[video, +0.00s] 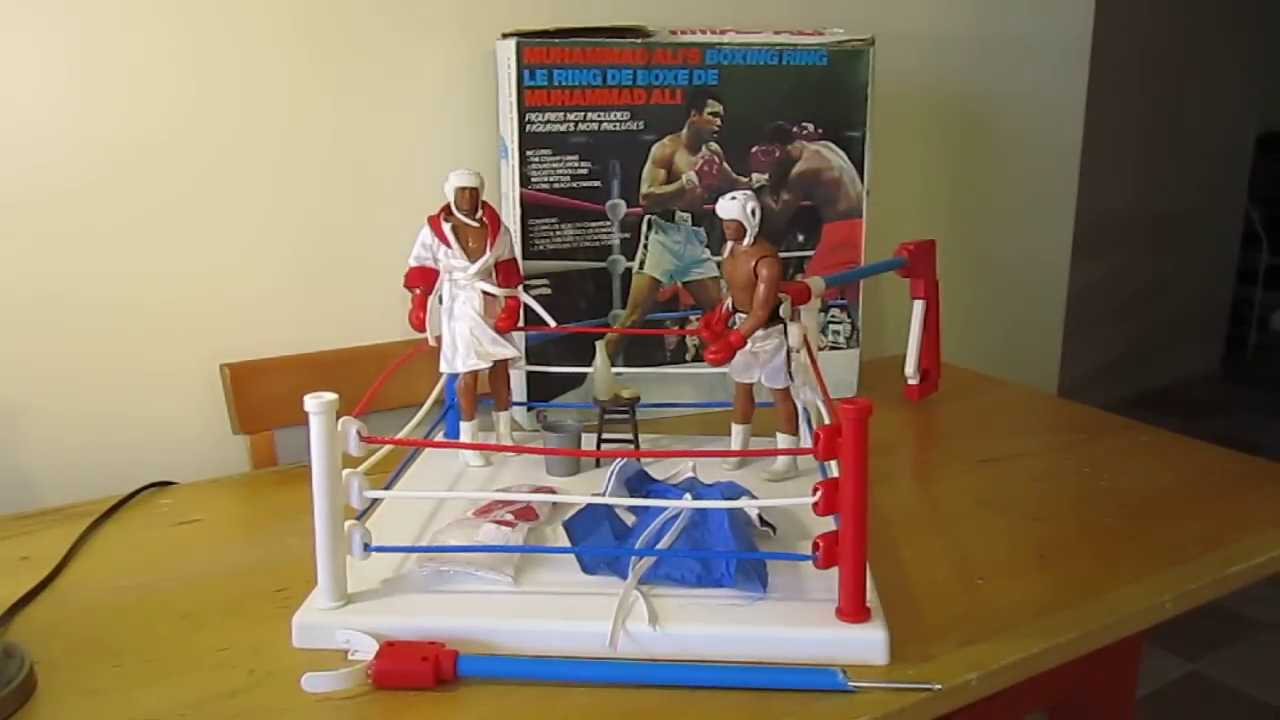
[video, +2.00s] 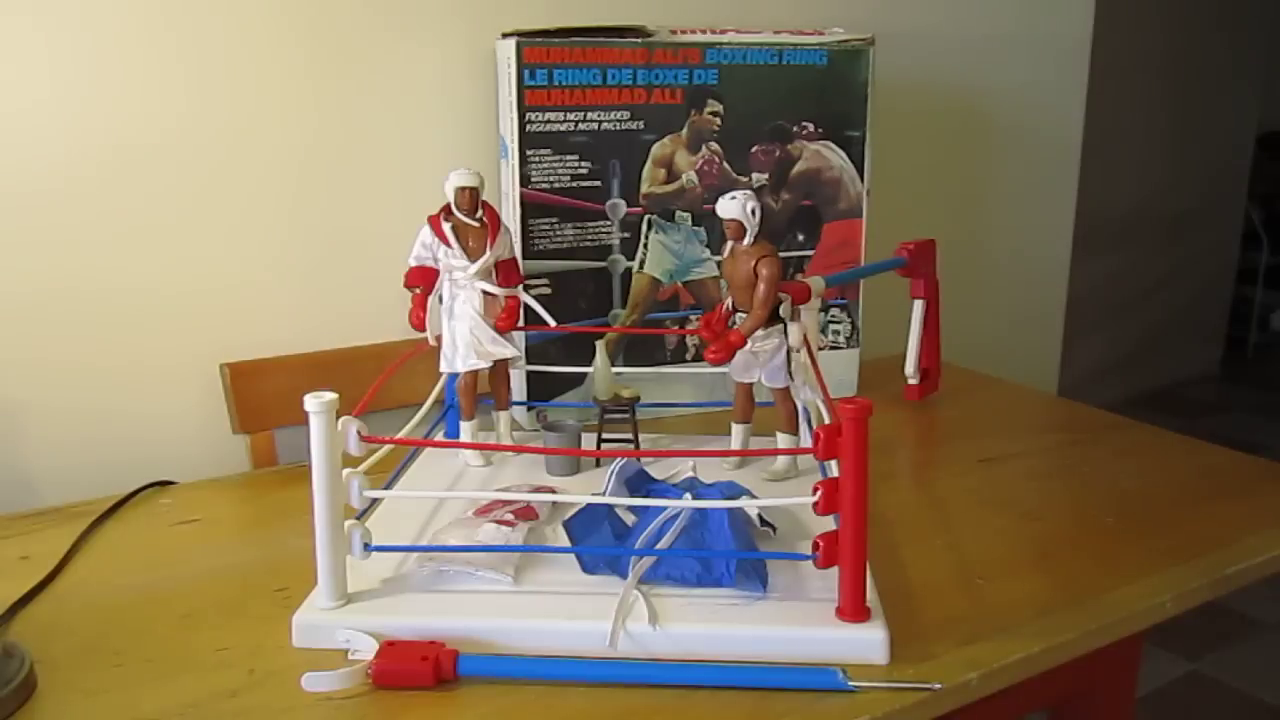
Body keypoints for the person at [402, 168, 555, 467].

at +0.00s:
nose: (468, 197)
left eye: (472, 191)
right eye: (462, 191)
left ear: (481, 194)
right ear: (451, 195)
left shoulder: (495, 228)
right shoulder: (436, 229)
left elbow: (509, 269)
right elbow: (421, 268)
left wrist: (512, 306)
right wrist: (419, 304)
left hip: (493, 303)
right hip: (459, 305)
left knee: (500, 365)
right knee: (469, 370)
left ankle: (505, 433)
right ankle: (469, 440)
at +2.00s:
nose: (466, 198)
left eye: (472, 191)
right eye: (460, 192)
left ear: (480, 194)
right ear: (450, 195)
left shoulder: (496, 228)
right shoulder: (435, 229)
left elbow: (508, 270)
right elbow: (421, 273)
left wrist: (510, 306)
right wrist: (421, 312)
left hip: (493, 302)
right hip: (459, 304)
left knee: (501, 364)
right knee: (469, 369)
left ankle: (505, 432)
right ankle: (469, 440)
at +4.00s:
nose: (467, 198)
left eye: (472, 191)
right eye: (461, 191)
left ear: (480, 194)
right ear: (450, 195)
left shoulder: (496, 228)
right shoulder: (435, 229)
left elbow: (508, 270)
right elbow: (421, 271)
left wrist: (511, 306)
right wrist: (421, 309)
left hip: (492, 302)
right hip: (457, 304)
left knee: (500, 364)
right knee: (468, 369)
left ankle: (504, 433)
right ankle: (469, 441)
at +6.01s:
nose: (467, 198)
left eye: (472, 191)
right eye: (461, 191)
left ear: (480, 194)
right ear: (451, 195)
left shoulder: (496, 227)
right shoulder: (436, 229)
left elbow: (508, 268)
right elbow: (422, 267)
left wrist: (512, 303)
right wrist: (419, 302)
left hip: (492, 302)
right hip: (458, 303)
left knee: (500, 363)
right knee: (469, 369)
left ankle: (504, 432)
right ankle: (469, 440)